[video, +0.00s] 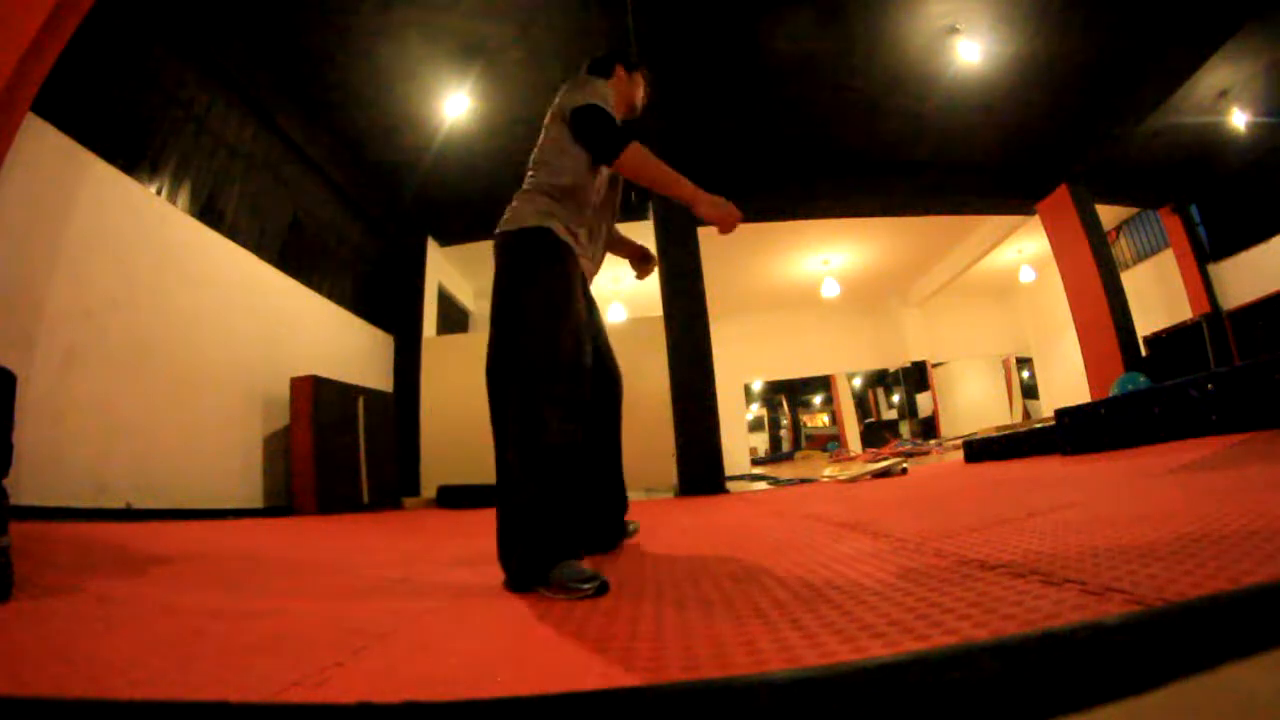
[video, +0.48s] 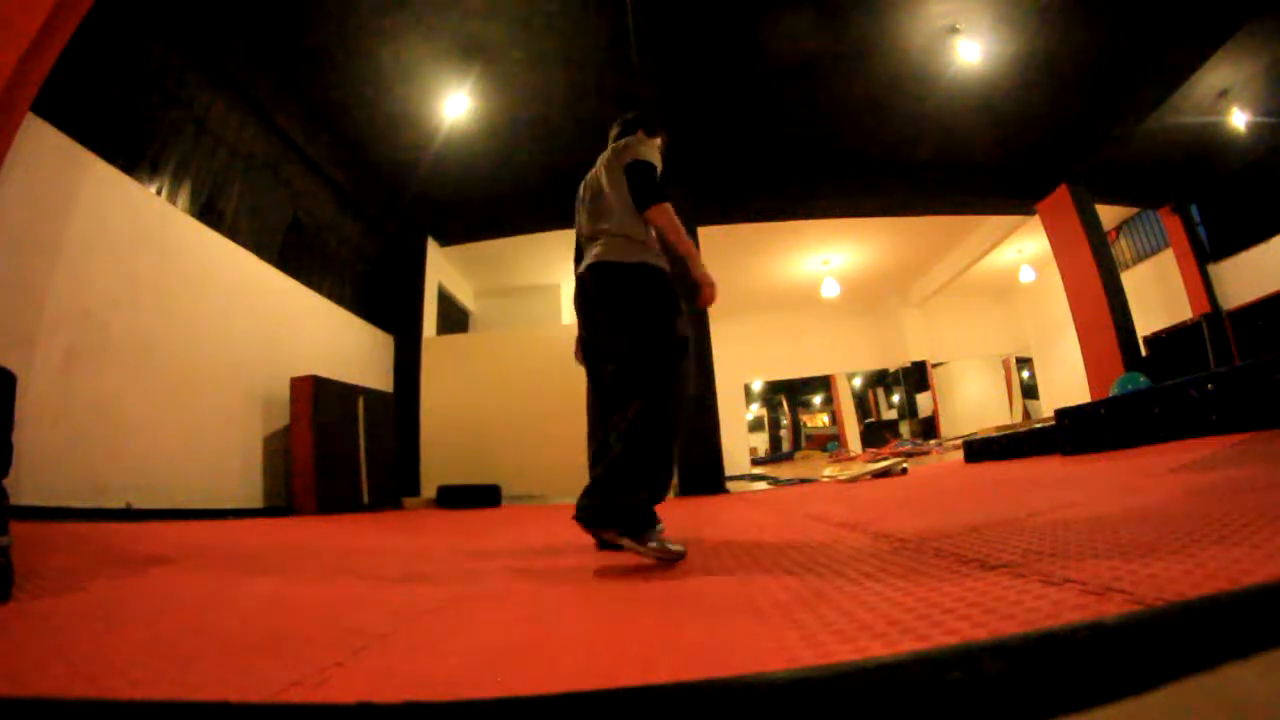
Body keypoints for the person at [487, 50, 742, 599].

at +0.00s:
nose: (641, 100)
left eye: (643, 92)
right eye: (639, 87)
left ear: (613, 82)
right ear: (620, 75)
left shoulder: (601, 139)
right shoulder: (585, 89)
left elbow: (580, 214)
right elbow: (613, 147)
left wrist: (627, 247)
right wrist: (699, 198)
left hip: (564, 265)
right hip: (534, 250)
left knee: (596, 385)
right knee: (541, 395)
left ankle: (594, 521)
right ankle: (537, 558)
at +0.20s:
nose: (642, 126)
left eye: (640, 120)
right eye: (640, 118)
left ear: (598, 113)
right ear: (628, 111)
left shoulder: (578, 151)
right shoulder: (617, 124)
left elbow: (593, 237)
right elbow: (630, 193)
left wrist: (642, 286)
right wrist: (668, 269)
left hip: (568, 274)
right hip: (580, 272)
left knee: (593, 404)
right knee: (558, 404)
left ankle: (618, 519)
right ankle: (536, 556)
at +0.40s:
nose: (652, 142)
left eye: (650, 137)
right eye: (650, 135)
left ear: (605, 136)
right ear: (639, 130)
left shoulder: (585, 175)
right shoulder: (633, 141)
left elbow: (581, 236)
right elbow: (644, 201)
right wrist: (674, 266)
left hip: (584, 278)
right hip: (625, 273)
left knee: (602, 396)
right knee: (638, 388)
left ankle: (619, 510)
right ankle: (581, 510)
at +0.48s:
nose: (658, 149)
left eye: (657, 144)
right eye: (657, 143)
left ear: (615, 138)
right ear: (649, 136)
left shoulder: (589, 183)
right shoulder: (638, 148)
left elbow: (582, 258)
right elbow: (651, 205)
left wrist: (582, 325)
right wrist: (698, 268)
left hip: (595, 288)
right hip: (636, 280)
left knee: (617, 402)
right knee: (653, 397)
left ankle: (622, 519)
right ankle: (622, 512)